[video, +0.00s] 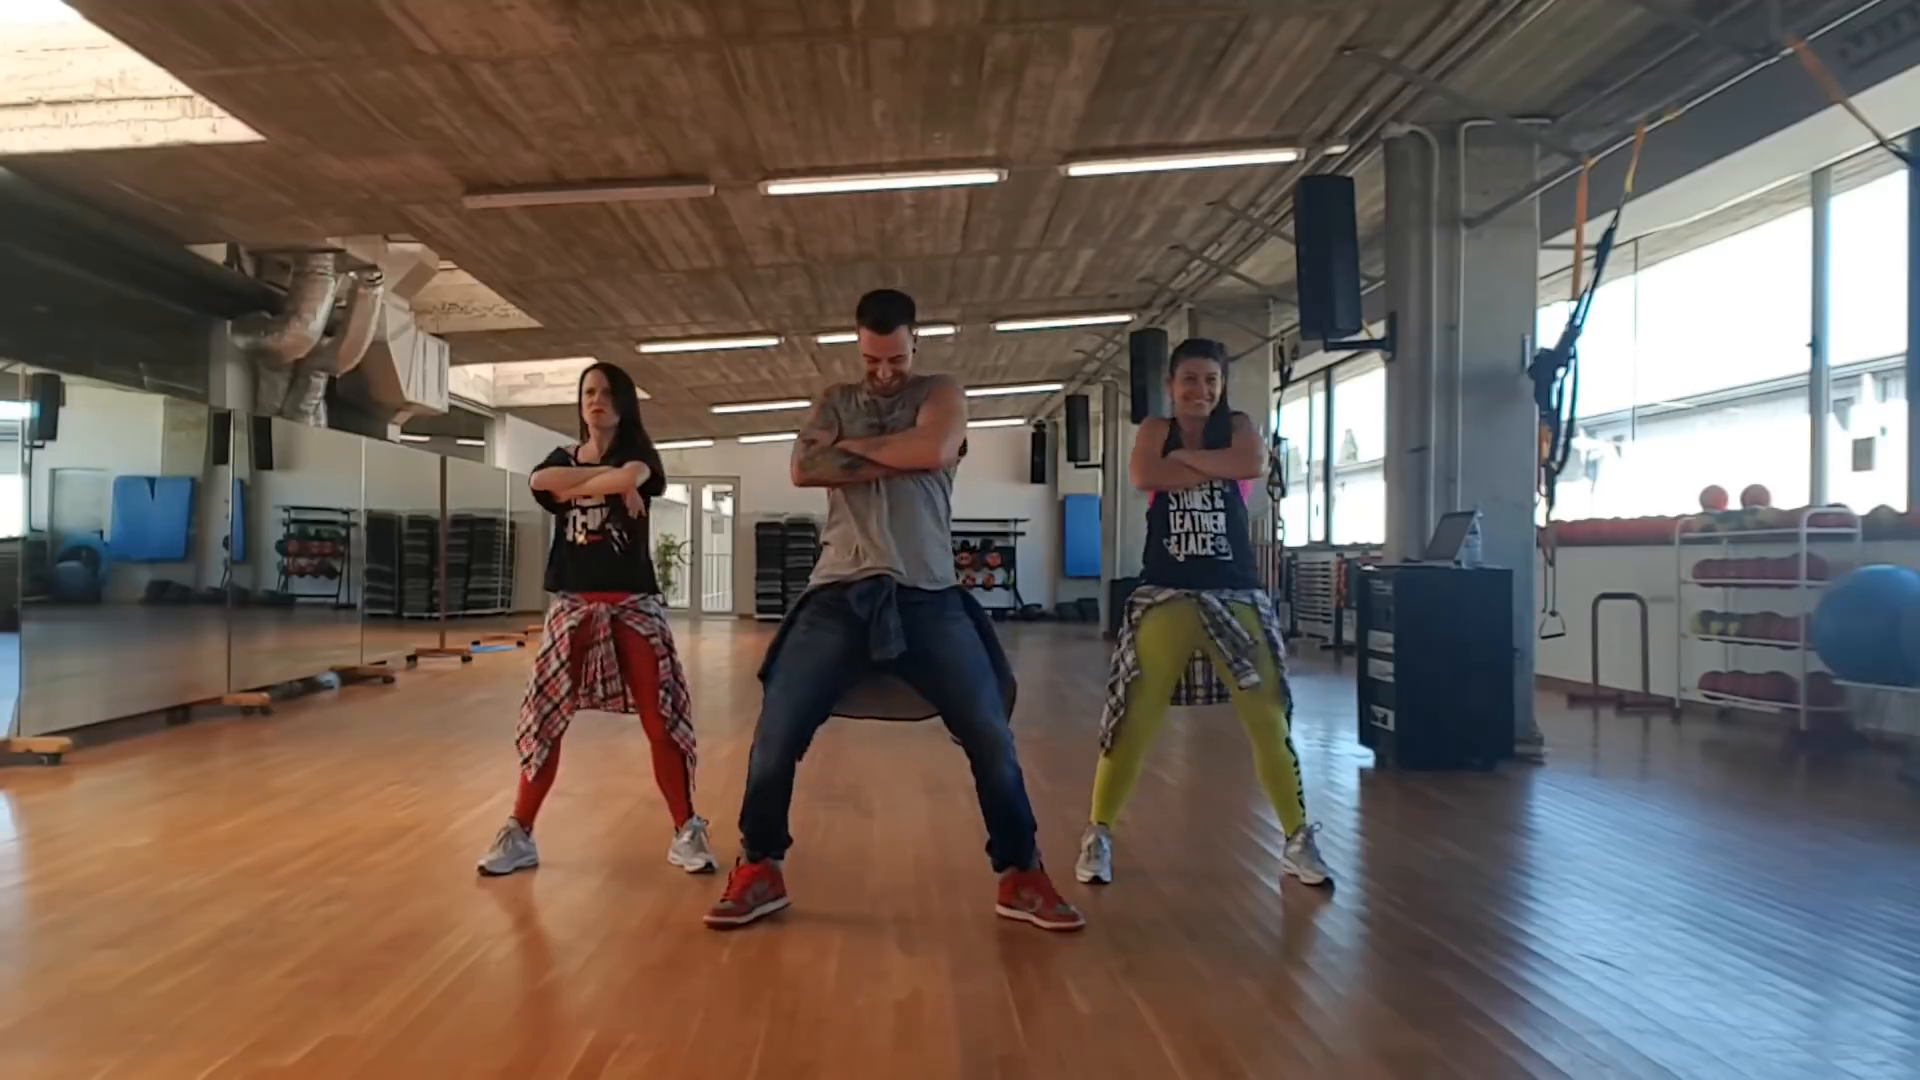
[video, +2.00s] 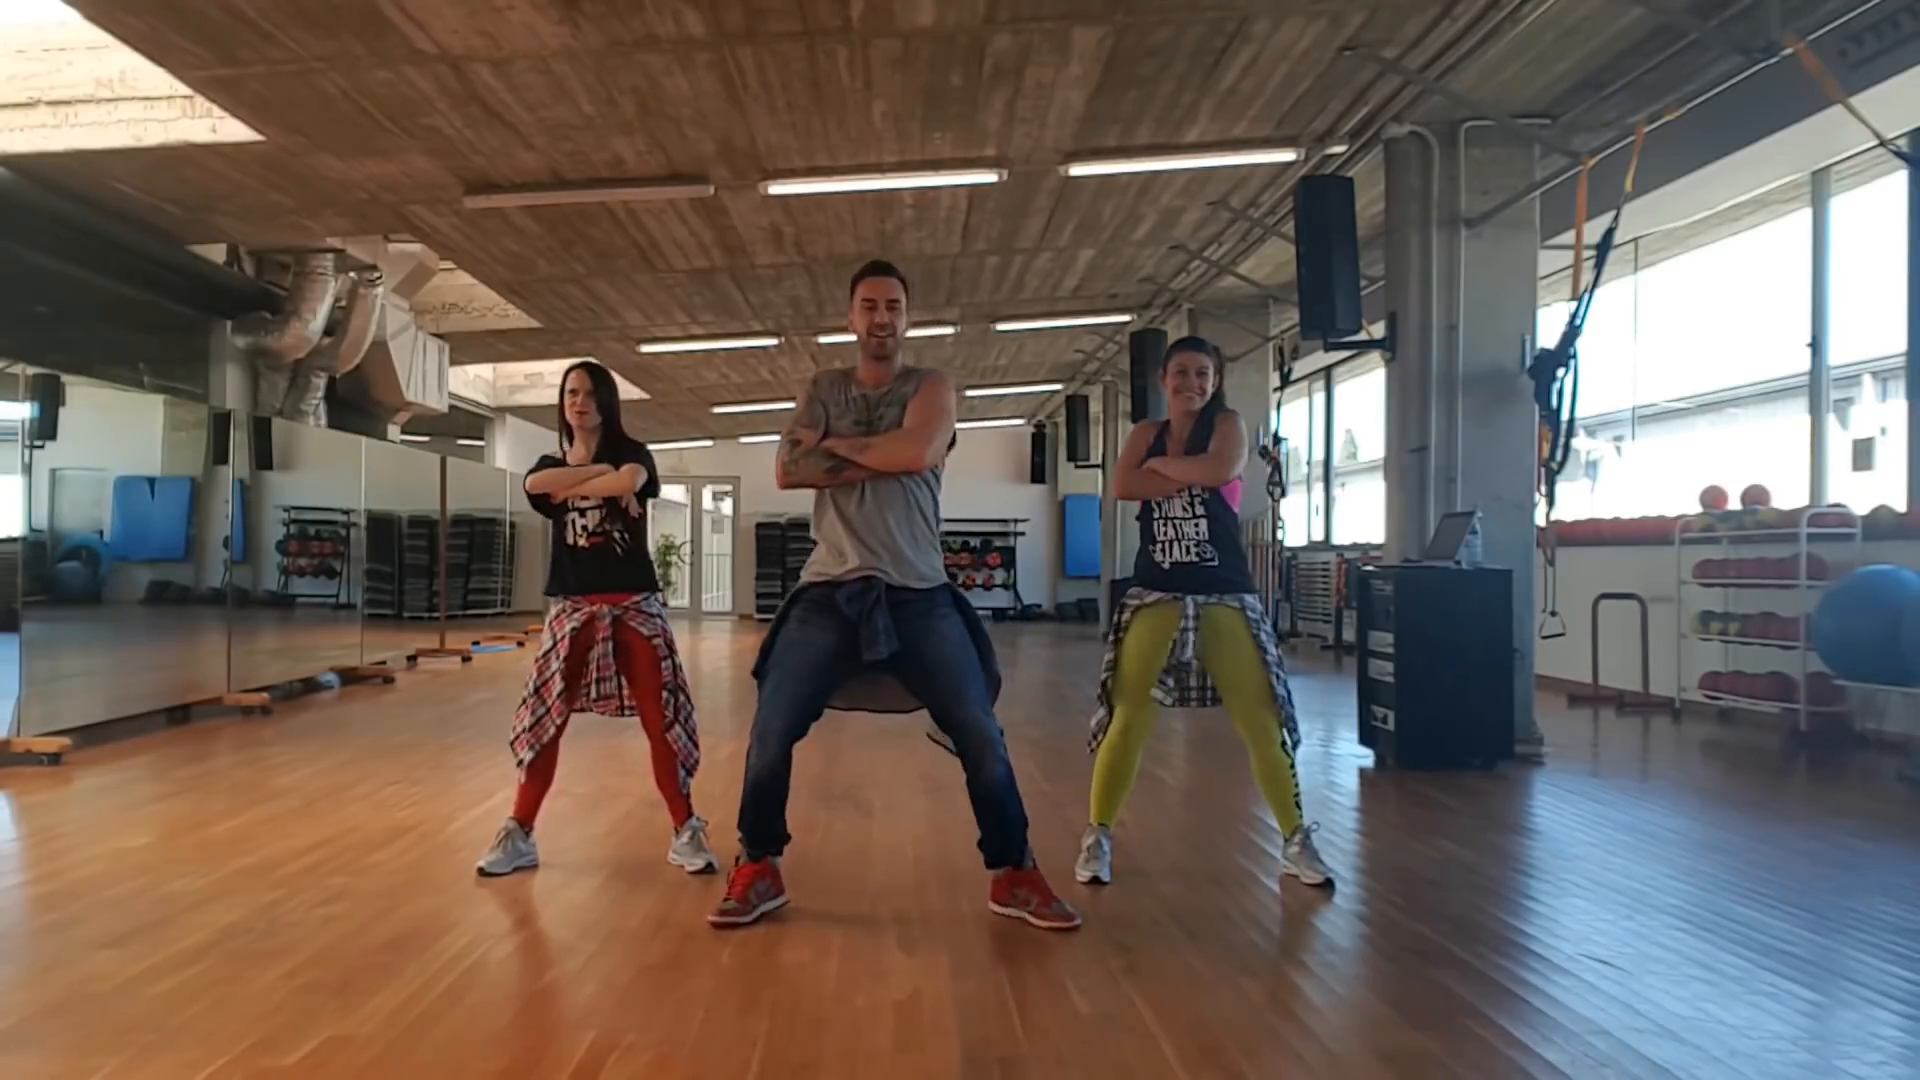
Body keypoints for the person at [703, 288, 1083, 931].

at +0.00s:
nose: (881, 370)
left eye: (893, 357)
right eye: (871, 358)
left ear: (913, 343)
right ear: (856, 346)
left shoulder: (941, 392)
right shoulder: (835, 401)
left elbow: (933, 448)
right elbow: (804, 470)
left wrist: (842, 444)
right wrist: (900, 458)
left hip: (927, 591)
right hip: (838, 590)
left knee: (987, 728)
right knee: (777, 728)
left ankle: (1020, 875)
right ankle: (759, 869)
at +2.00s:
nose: (880, 317)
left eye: (891, 306)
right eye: (868, 305)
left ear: (907, 317)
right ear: (849, 315)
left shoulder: (930, 386)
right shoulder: (823, 390)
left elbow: (918, 453)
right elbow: (788, 472)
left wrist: (827, 442)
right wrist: (877, 458)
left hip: (918, 591)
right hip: (828, 589)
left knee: (978, 730)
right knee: (770, 730)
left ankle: (1013, 874)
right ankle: (758, 869)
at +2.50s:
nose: (909, 309)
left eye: (920, 301)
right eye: (897, 301)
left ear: (937, 321)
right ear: (878, 321)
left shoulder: (963, 396)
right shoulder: (853, 392)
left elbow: (977, 476)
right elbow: (835, 480)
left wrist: (882, 458)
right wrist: (931, 488)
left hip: (954, 592)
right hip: (866, 592)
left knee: (1005, 727)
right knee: (809, 731)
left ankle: (1025, 873)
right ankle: (775, 872)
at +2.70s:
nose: (914, 316)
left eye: (925, 307)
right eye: (903, 307)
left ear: (942, 325)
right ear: (883, 326)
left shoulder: (970, 398)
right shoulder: (855, 397)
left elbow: (1028, 461)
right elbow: (816, 470)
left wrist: (975, 448)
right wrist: (859, 480)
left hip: (955, 592)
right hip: (866, 591)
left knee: (1006, 730)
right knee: (810, 726)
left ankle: (1025, 873)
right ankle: (775, 871)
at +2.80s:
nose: (912, 314)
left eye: (923, 305)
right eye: (901, 305)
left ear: (940, 320)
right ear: (882, 321)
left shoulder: (964, 393)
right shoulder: (858, 391)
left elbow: (1012, 458)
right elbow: (819, 457)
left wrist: (994, 379)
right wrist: (842, 380)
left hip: (952, 588)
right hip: (864, 585)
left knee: (1005, 729)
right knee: (809, 723)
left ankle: (1025, 873)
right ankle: (773, 871)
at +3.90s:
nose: (852, 364)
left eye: (865, 352)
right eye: (842, 351)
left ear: (880, 358)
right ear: (826, 357)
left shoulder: (900, 431)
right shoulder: (807, 424)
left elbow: (957, 467)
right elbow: (782, 460)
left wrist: (958, 380)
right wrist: (797, 377)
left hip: (873, 621)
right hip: (801, 620)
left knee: (934, 757)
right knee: (708, 721)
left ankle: (1055, 854)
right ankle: (748, 871)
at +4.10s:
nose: (810, 353)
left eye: (823, 341)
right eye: (799, 339)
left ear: (840, 348)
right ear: (783, 344)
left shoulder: (855, 421)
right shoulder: (756, 410)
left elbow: (912, 451)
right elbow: (713, 431)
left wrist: (916, 357)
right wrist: (734, 343)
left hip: (833, 598)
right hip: (758, 597)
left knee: (893, 738)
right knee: (685, 727)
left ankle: (980, 846)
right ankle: (745, 869)